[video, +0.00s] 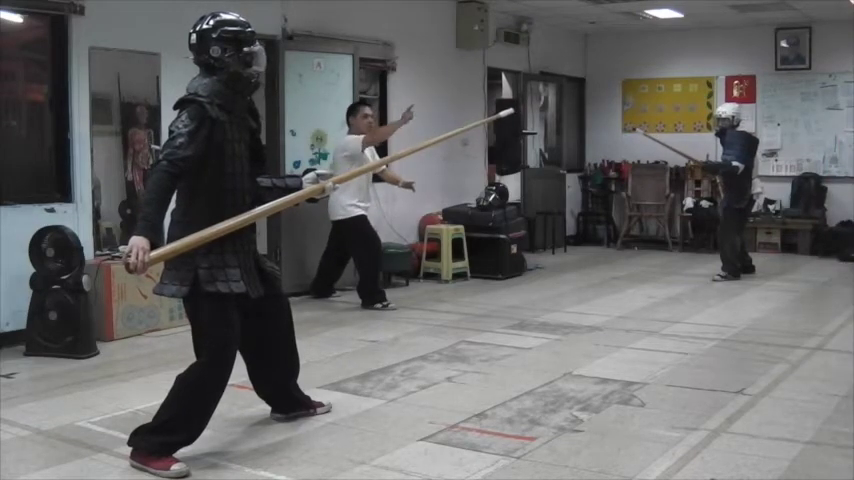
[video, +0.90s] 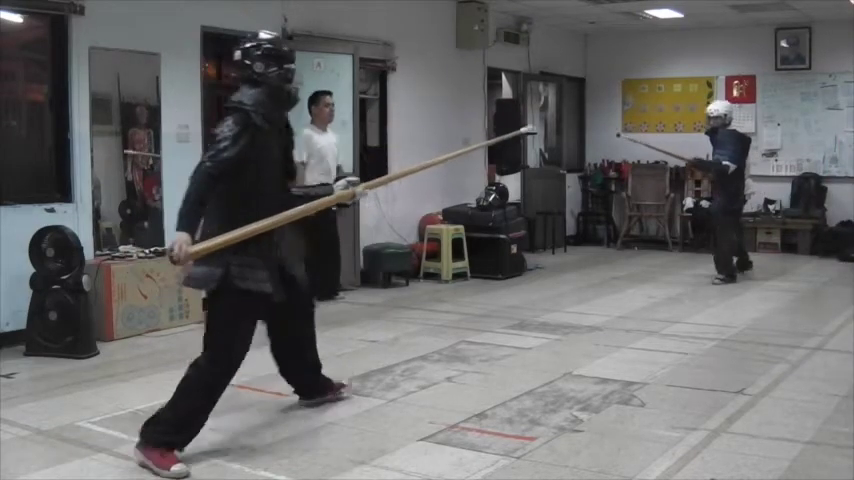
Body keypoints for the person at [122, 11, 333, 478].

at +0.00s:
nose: (253, 55)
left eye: (253, 47)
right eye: (241, 47)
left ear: (246, 53)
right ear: (214, 53)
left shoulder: (239, 108)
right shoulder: (201, 107)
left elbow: (246, 184)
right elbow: (166, 170)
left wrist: (301, 184)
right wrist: (144, 233)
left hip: (237, 245)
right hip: (204, 249)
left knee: (271, 316)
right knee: (217, 356)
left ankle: (285, 398)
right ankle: (152, 446)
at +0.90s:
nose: (291, 75)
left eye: (290, 67)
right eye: (281, 67)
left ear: (273, 72)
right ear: (258, 71)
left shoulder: (275, 119)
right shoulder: (244, 117)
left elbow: (274, 193)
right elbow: (209, 169)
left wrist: (327, 194)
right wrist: (184, 229)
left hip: (268, 245)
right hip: (235, 248)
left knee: (296, 307)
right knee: (223, 352)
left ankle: (311, 384)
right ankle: (158, 439)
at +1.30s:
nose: (353, 67)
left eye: (351, 59)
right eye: (345, 60)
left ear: (326, 63)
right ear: (327, 62)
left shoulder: (328, 109)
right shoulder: (303, 104)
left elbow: (329, 177)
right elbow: (266, 150)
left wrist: (379, 176)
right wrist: (252, 200)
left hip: (305, 226)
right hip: (288, 228)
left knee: (322, 305)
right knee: (338, 302)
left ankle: (318, 385)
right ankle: (316, 392)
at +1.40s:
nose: (360, 68)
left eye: (360, 60)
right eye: (353, 60)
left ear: (337, 63)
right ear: (333, 61)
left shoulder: (336, 110)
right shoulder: (313, 104)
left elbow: (337, 177)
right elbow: (277, 149)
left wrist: (386, 178)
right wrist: (264, 201)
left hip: (316, 226)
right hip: (302, 227)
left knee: (324, 304)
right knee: (348, 301)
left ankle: (318, 385)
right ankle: (328, 389)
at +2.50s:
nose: (441, 103)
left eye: (441, 96)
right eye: (436, 96)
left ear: (412, 97)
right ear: (422, 97)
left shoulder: (416, 134)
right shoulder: (401, 133)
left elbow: (413, 188)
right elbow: (374, 172)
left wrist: (449, 186)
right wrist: (367, 216)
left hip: (399, 233)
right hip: (382, 234)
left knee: (427, 281)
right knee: (384, 313)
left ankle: (429, 350)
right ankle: (325, 378)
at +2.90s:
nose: (406, 89)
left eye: (405, 80)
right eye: (400, 80)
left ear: (378, 82)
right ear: (381, 81)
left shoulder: (384, 123)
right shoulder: (362, 120)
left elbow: (400, 173)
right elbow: (333, 162)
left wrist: (448, 181)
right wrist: (318, 215)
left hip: (356, 231)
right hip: (332, 232)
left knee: (381, 284)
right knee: (353, 306)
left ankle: (371, 359)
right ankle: (315, 386)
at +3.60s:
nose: (407, 83)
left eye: (407, 76)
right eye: (401, 76)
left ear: (382, 77)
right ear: (385, 78)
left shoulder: (383, 121)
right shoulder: (362, 116)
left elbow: (389, 182)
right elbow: (331, 159)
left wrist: (426, 178)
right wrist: (323, 212)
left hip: (360, 228)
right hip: (338, 230)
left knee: (388, 278)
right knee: (357, 307)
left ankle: (373, 355)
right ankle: (315, 387)